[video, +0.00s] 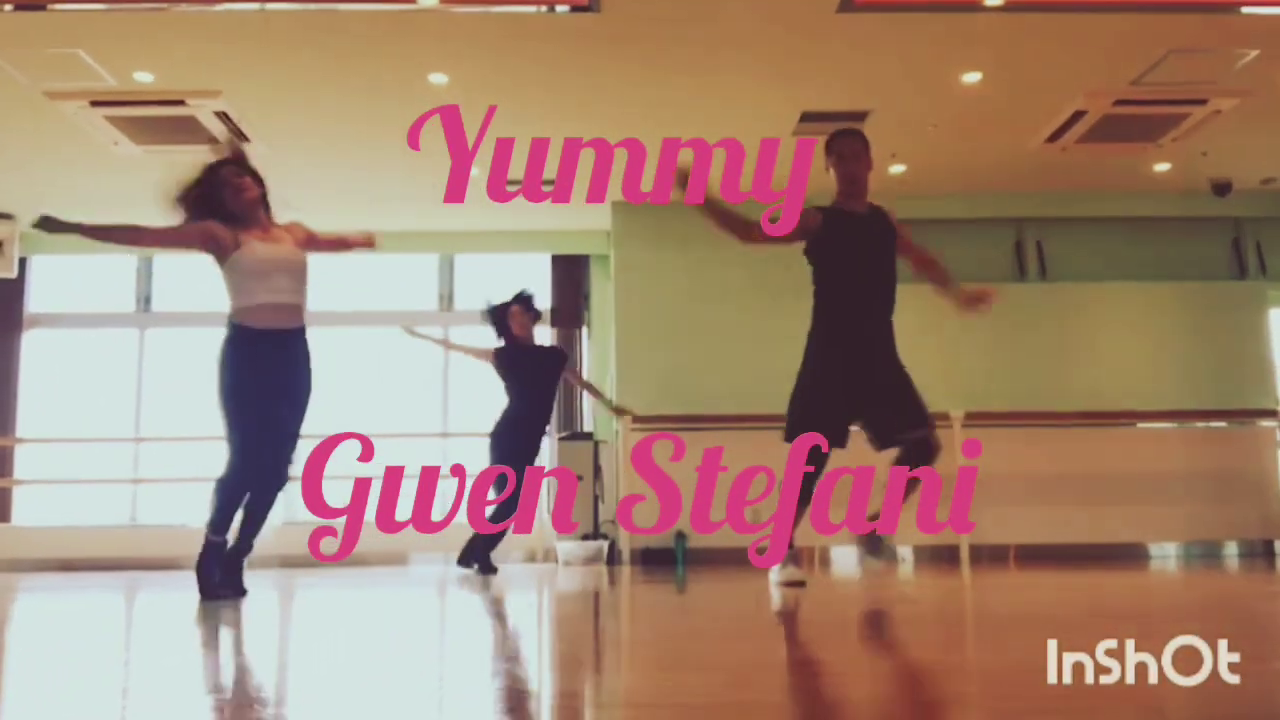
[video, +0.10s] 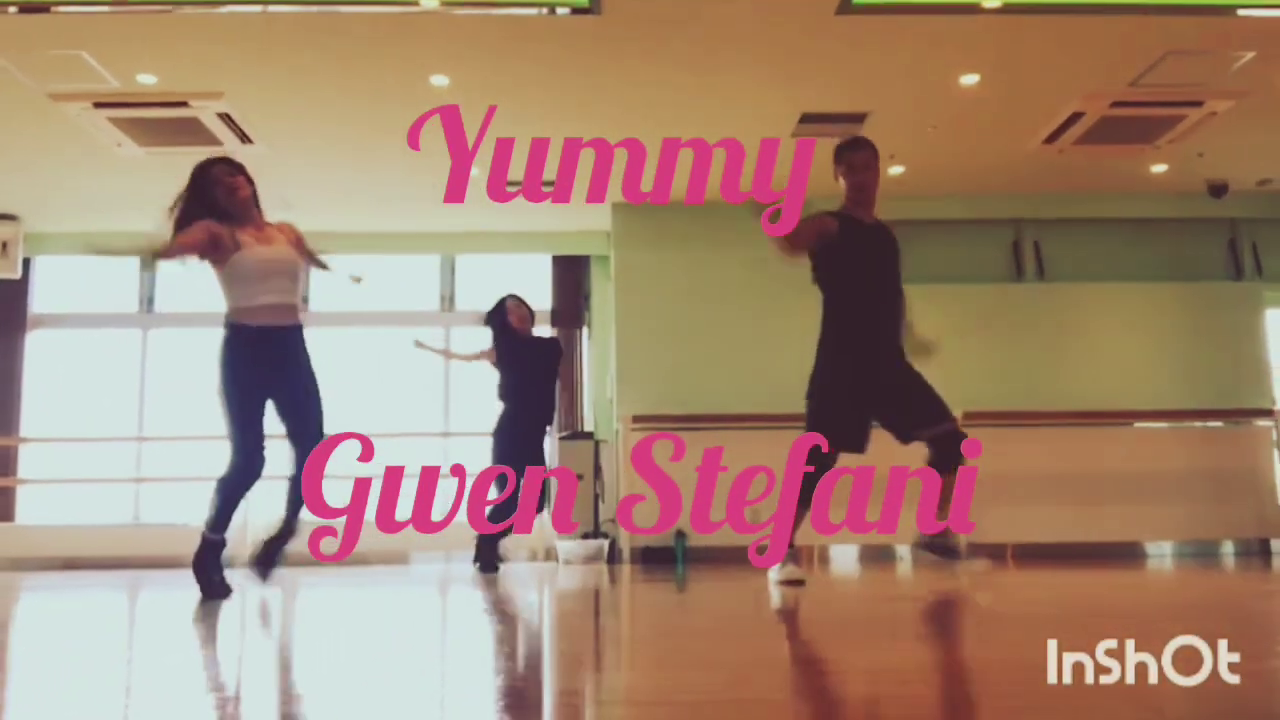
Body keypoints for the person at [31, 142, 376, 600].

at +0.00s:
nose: (244, 183)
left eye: (245, 175)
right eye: (231, 183)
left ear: (260, 183)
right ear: (220, 202)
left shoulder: (292, 234)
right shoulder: (220, 235)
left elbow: (330, 242)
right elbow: (145, 236)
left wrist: (362, 240)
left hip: (292, 353)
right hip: (247, 352)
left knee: (276, 467)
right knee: (246, 460)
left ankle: (237, 559)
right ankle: (212, 551)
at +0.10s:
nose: (240, 183)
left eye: (242, 176)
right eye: (228, 180)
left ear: (252, 183)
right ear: (212, 197)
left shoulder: (285, 231)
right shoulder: (217, 232)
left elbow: (311, 259)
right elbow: (182, 244)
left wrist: (321, 262)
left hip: (289, 348)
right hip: (244, 350)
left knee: (312, 450)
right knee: (248, 461)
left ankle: (285, 535)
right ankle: (209, 551)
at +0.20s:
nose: (242, 181)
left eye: (243, 173)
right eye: (230, 177)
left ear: (253, 180)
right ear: (212, 194)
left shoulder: (281, 233)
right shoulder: (218, 232)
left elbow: (288, 287)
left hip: (291, 350)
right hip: (248, 352)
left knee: (341, 441)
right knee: (251, 460)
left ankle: (340, 539)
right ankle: (210, 550)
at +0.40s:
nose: (267, 200)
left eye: (267, 192)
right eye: (256, 197)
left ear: (276, 199)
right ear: (240, 212)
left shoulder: (294, 252)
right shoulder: (243, 249)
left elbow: (296, 303)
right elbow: (284, 295)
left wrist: (312, 306)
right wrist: (325, 294)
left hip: (305, 362)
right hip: (266, 365)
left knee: (361, 451)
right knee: (275, 472)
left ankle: (390, 547)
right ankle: (215, 549)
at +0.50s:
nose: (282, 198)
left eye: (284, 191)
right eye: (270, 196)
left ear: (294, 198)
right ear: (256, 210)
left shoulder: (310, 250)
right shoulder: (266, 248)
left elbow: (311, 303)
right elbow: (310, 289)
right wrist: (351, 254)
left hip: (320, 362)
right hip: (287, 363)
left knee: (373, 445)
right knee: (282, 468)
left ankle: (395, 545)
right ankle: (221, 546)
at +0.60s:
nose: (303, 188)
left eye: (303, 181)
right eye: (292, 184)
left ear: (309, 190)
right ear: (275, 200)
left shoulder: (319, 235)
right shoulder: (287, 239)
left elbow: (339, 276)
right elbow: (341, 269)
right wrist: (339, 219)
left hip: (348, 349)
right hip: (315, 351)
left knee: (388, 445)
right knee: (297, 458)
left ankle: (397, 549)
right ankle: (239, 539)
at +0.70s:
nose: (319, 185)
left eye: (321, 177)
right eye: (306, 183)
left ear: (332, 184)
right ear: (293, 199)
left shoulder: (361, 234)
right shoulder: (301, 236)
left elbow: (358, 283)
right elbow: (337, 271)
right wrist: (329, 219)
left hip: (373, 339)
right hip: (332, 342)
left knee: (391, 441)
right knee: (329, 443)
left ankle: (401, 546)